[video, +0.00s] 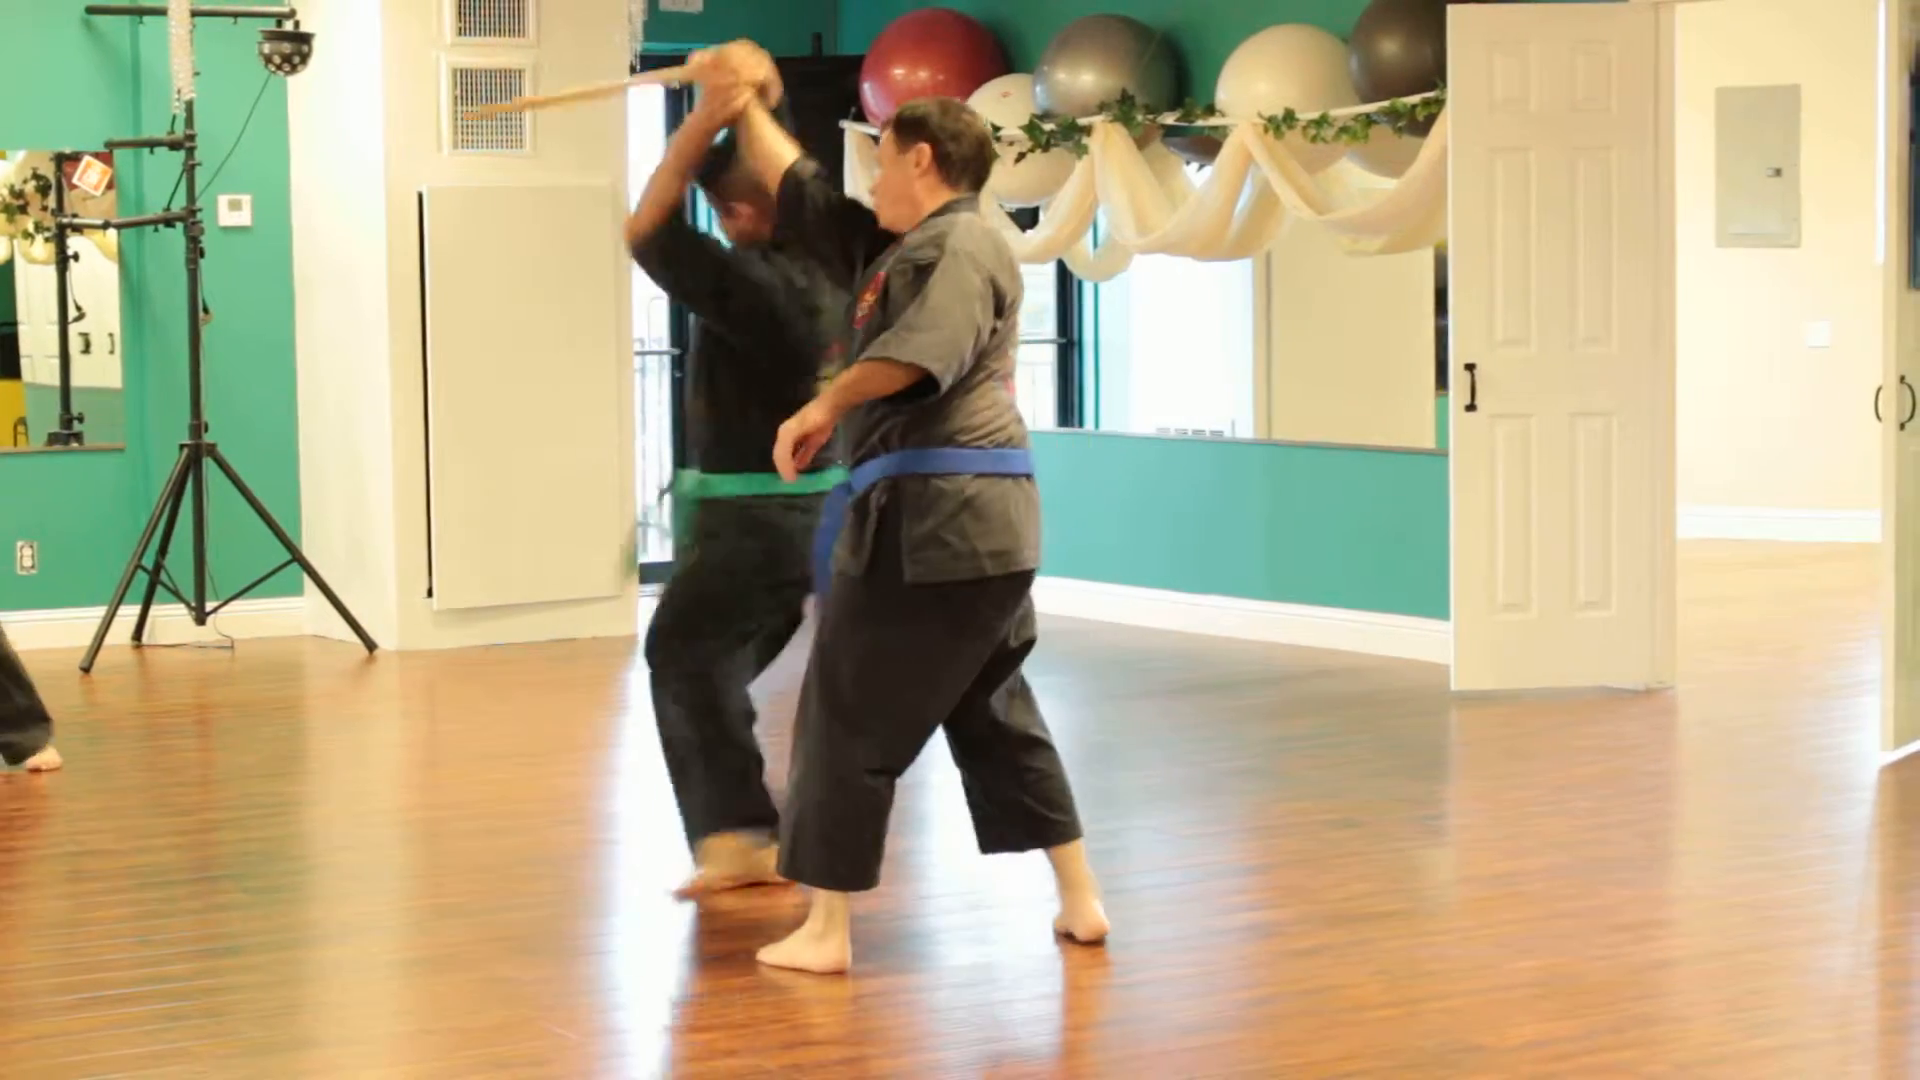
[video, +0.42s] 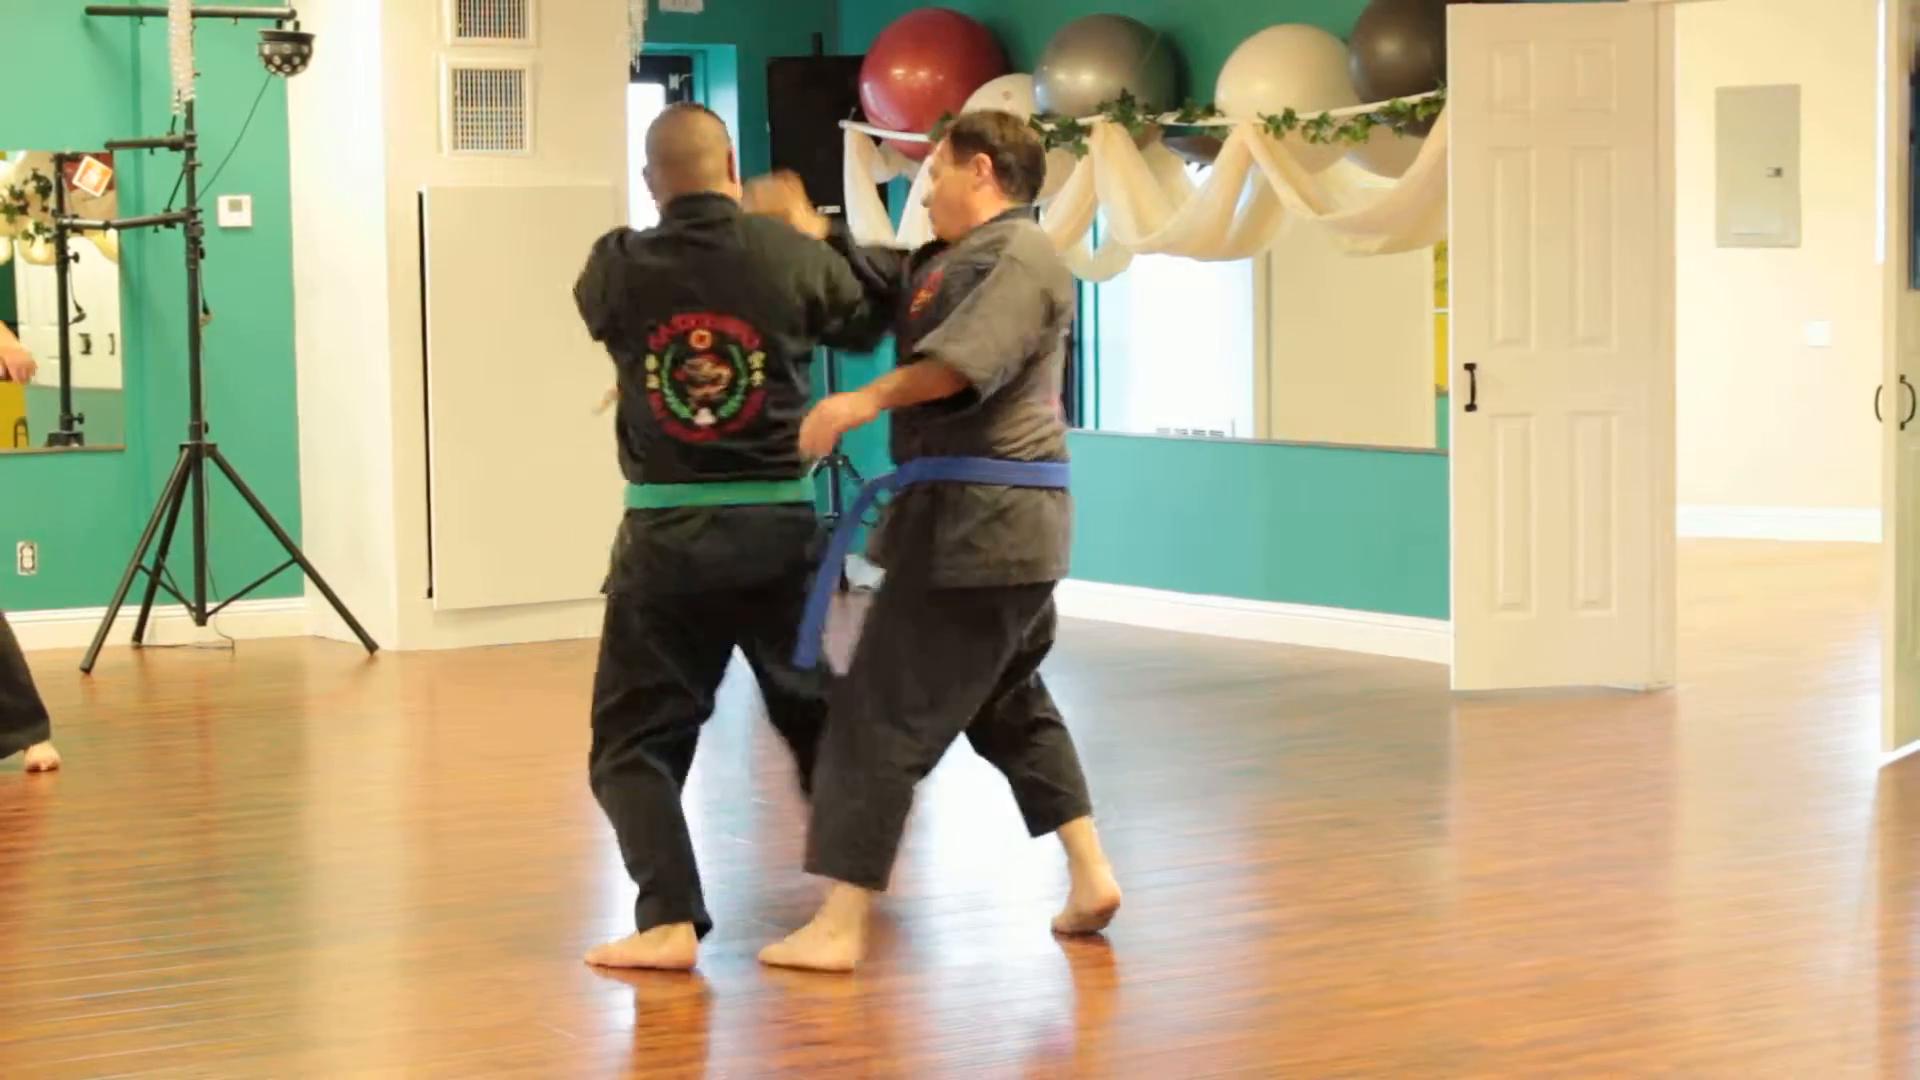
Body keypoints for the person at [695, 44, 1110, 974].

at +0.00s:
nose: (869, 178)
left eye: (880, 158)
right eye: (875, 160)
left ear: (921, 160)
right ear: (941, 161)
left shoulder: (957, 238)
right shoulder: (963, 236)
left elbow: (919, 356)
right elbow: (816, 197)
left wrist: (827, 404)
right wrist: (744, 112)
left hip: (930, 518)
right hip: (987, 515)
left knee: (840, 709)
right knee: (993, 705)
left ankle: (824, 928)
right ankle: (1081, 898)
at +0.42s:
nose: (923, 183)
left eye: (935, 167)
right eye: (927, 169)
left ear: (982, 172)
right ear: (989, 177)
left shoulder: (1021, 254)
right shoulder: (953, 262)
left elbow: (967, 362)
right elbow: (848, 271)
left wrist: (857, 401)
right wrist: (793, 228)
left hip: (975, 528)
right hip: (1011, 527)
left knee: (881, 709)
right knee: (1007, 697)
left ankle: (841, 922)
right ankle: (1091, 872)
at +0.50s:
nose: (929, 218)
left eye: (937, 200)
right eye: (928, 203)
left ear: (985, 187)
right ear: (989, 191)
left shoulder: (1037, 248)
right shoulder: (961, 279)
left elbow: (1000, 339)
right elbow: (874, 323)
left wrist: (901, 381)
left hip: (1007, 513)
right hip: (1038, 515)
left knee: (914, 695)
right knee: (1014, 691)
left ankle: (907, 907)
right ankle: (1100, 865)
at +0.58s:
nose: (928, 258)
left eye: (934, 238)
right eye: (924, 244)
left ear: (982, 224)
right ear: (973, 229)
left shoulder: (1038, 256)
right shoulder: (970, 314)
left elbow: (1016, 321)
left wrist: (926, 355)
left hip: (1035, 519)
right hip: (1070, 523)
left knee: (938, 700)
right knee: (1034, 691)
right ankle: (1128, 841)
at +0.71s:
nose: (919, 370)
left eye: (926, 349)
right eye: (910, 360)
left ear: (967, 329)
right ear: (917, 362)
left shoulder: (1036, 359)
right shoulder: (942, 412)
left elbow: (1068, 335)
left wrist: (974, 330)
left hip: (1096, 565)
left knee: (977, 719)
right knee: (1041, 740)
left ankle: (1054, 914)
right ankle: (1225, 805)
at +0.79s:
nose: (935, 399)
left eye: (934, 389)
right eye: (924, 396)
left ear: (964, 394)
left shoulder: (1027, 413)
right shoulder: (961, 474)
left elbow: (1066, 374)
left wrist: (1009, 347)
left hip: (1133, 590)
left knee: (1018, 711)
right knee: (1070, 796)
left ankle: (1057, 914)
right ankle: (1260, 832)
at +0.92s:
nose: (972, 546)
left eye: (970, 530)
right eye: (961, 536)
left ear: (994, 516)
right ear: (978, 530)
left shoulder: (1016, 502)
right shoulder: (984, 595)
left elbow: (1058, 444)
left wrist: (1056, 389)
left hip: (1169, 631)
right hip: (1107, 687)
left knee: (1111, 709)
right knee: (1068, 873)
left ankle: (1149, 874)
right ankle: (1244, 847)